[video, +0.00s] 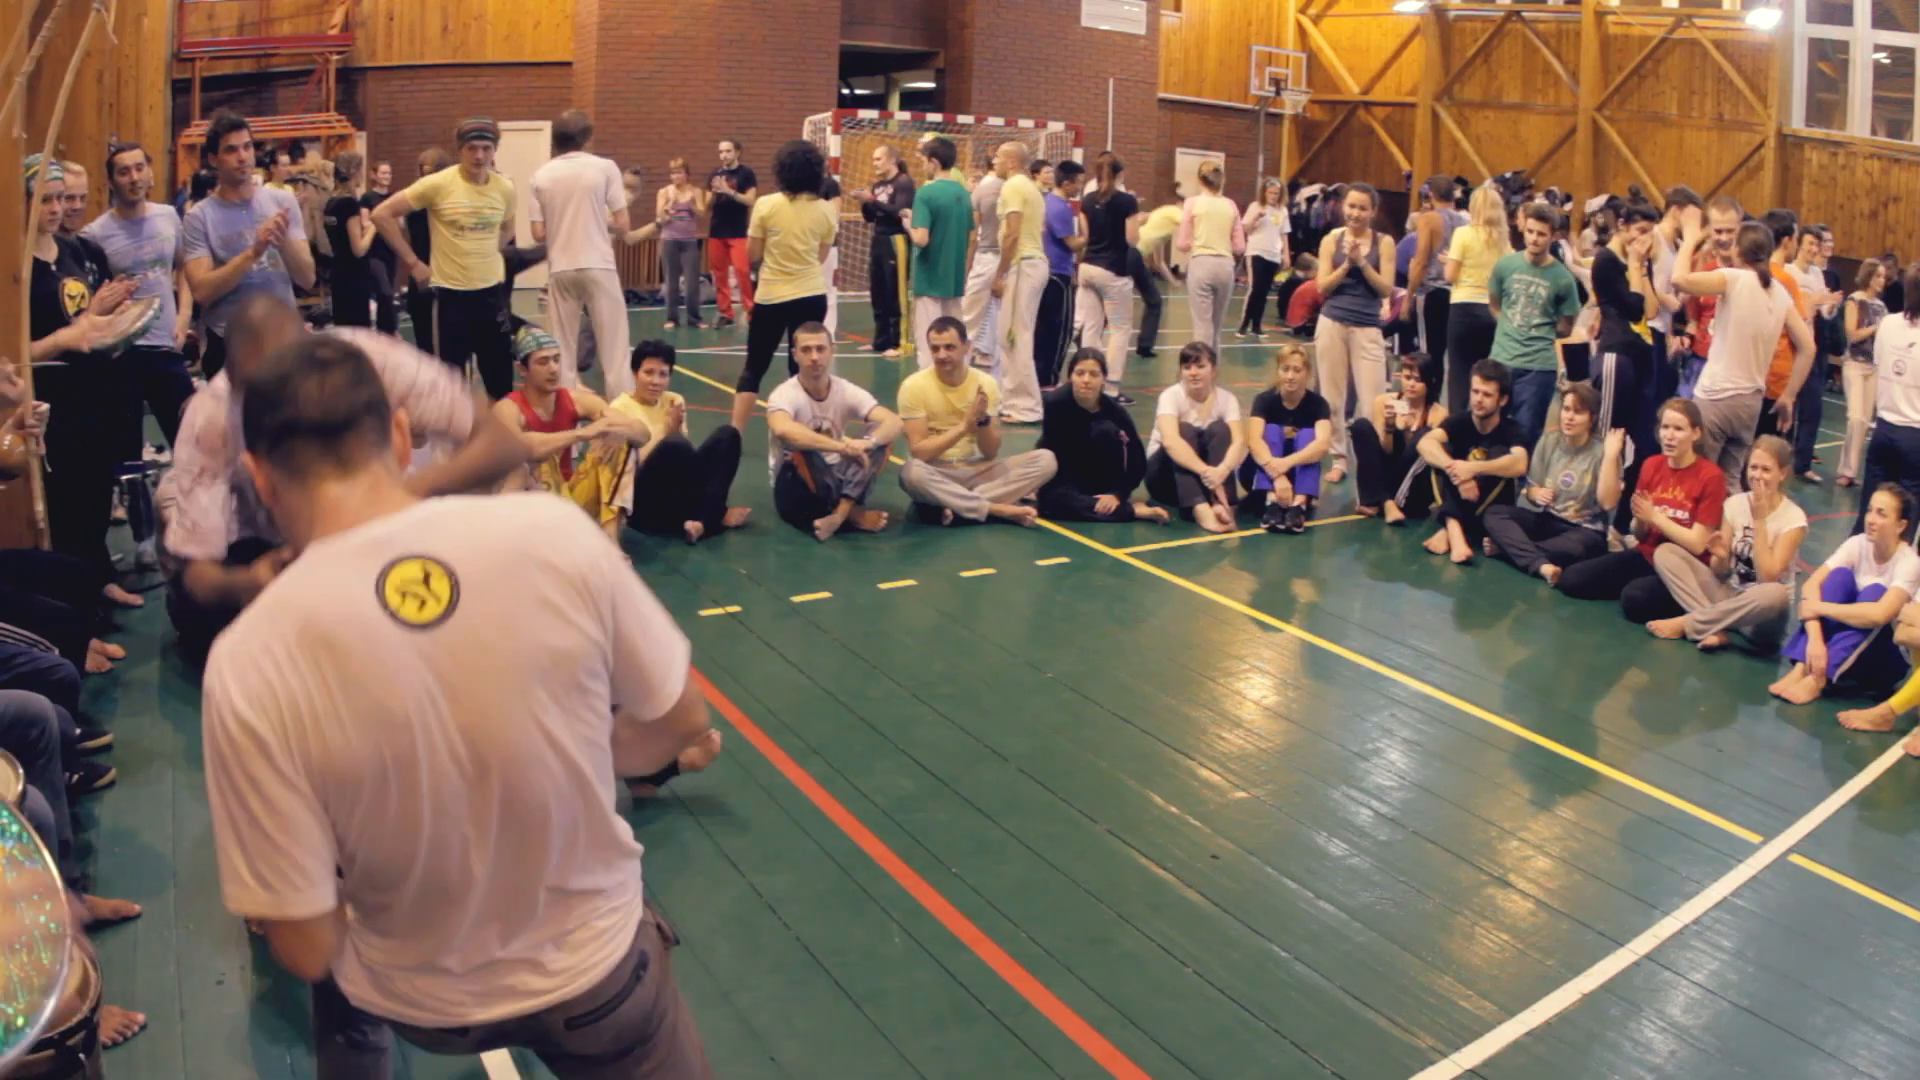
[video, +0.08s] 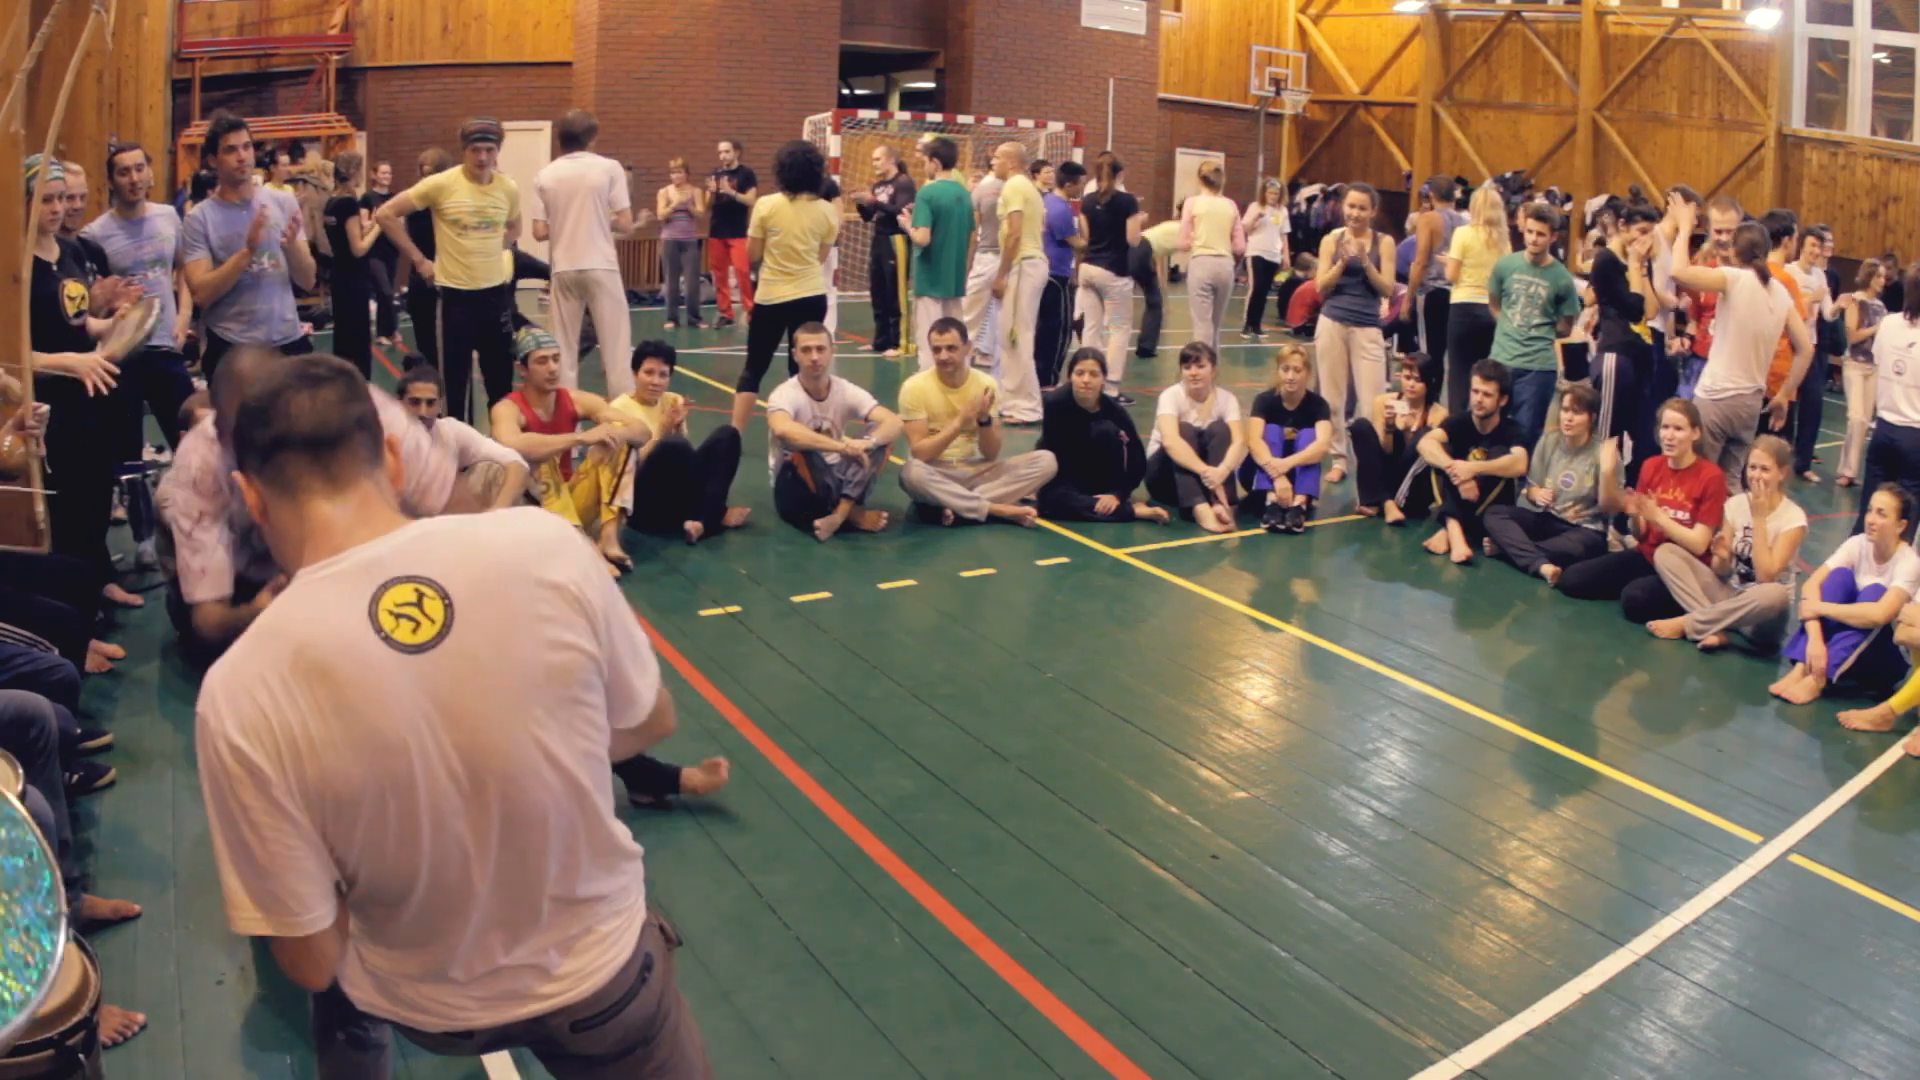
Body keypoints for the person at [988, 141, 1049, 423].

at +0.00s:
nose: (994, 162)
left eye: (998, 157)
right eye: (996, 157)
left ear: (1012, 161)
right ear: (1018, 162)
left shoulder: (1013, 185)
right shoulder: (1031, 186)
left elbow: (1013, 232)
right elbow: (1039, 228)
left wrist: (1000, 273)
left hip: (1024, 262)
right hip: (1036, 260)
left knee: (1016, 333)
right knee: (1014, 332)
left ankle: (1025, 405)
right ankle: (1014, 400)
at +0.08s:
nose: (993, 162)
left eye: (997, 157)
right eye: (994, 157)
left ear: (1012, 161)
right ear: (1016, 162)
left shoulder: (1014, 185)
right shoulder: (1026, 185)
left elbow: (1015, 231)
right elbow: (1038, 228)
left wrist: (1002, 273)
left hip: (1025, 262)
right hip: (1033, 260)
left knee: (1017, 333)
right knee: (1012, 333)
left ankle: (1026, 404)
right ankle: (1012, 399)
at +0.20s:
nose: (993, 163)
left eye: (998, 157)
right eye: (994, 157)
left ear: (1015, 161)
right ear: (1016, 163)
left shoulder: (1015, 186)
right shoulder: (1025, 185)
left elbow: (1017, 233)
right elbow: (1028, 231)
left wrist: (1004, 274)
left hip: (1026, 263)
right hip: (1031, 261)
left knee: (1019, 333)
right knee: (1016, 333)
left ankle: (1027, 405)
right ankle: (1016, 400)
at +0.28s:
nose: (993, 163)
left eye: (999, 158)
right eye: (994, 158)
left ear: (1016, 162)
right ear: (1014, 163)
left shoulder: (1017, 186)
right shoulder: (1023, 186)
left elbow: (1019, 232)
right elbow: (1023, 232)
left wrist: (1007, 276)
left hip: (1028, 264)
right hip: (1029, 262)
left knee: (1022, 337)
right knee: (1017, 337)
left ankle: (1030, 408)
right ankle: (1020, 403)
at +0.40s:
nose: (993, 163)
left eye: (999, 158)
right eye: (993, 158)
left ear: (1015, 162)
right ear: (1008, 163)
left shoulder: (1018, 188)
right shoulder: (1018, 188)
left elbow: (1022, 235)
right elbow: (1021, 235)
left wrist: (1010, 278)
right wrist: (1010, 275)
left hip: (1030, 265)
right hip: (1025, 264)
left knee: (1025, 338)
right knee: (1019, 338)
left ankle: (1029, 410)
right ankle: (1020, 404)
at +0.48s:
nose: (992, 164)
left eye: (998, 159)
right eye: (993, 159)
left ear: (1016, 163)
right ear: (1006, 164)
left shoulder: (1019, 190)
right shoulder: (1018, 189)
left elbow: (1025, 235)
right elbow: (1025, 235)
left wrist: (1013, 280)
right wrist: (1013, 277)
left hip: (1031, 268)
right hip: (1025, 267)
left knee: (1025, 340)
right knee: (1020, 340)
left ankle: (1027, 412)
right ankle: (1019, 407)